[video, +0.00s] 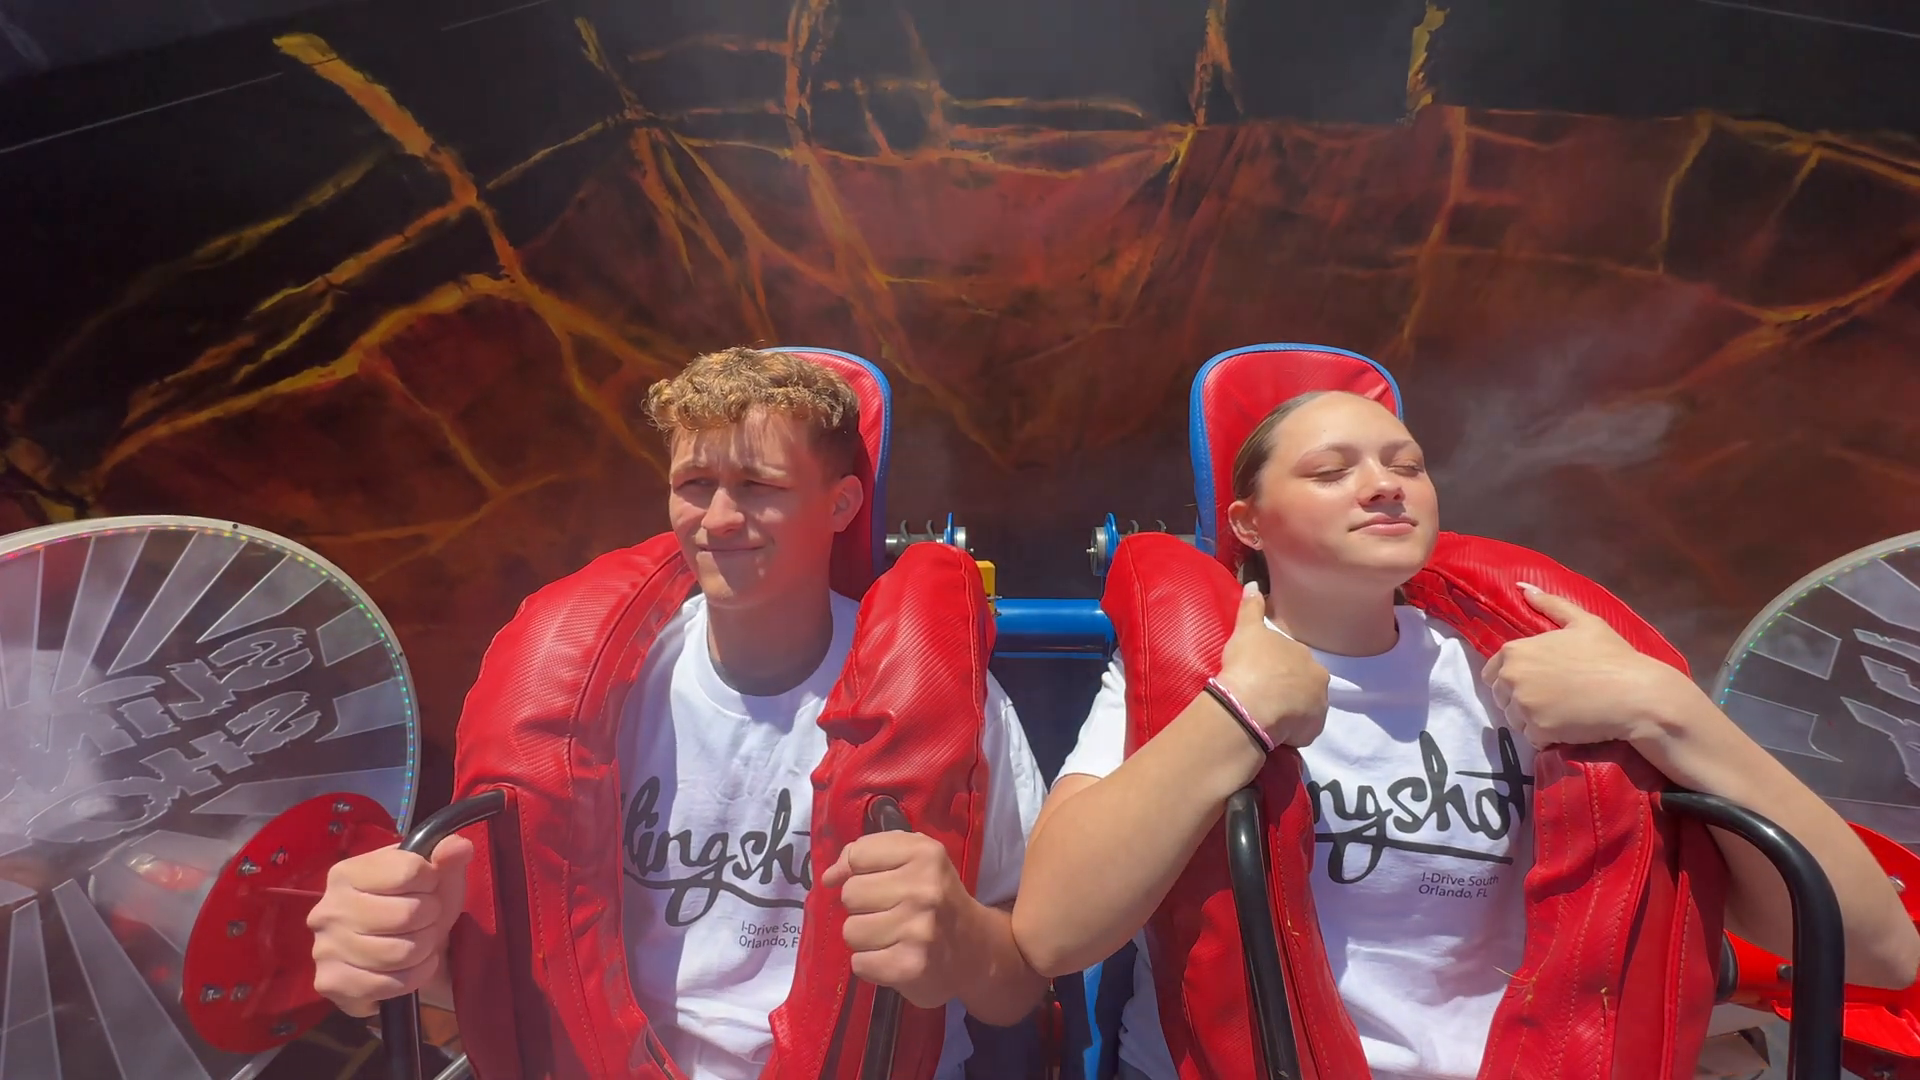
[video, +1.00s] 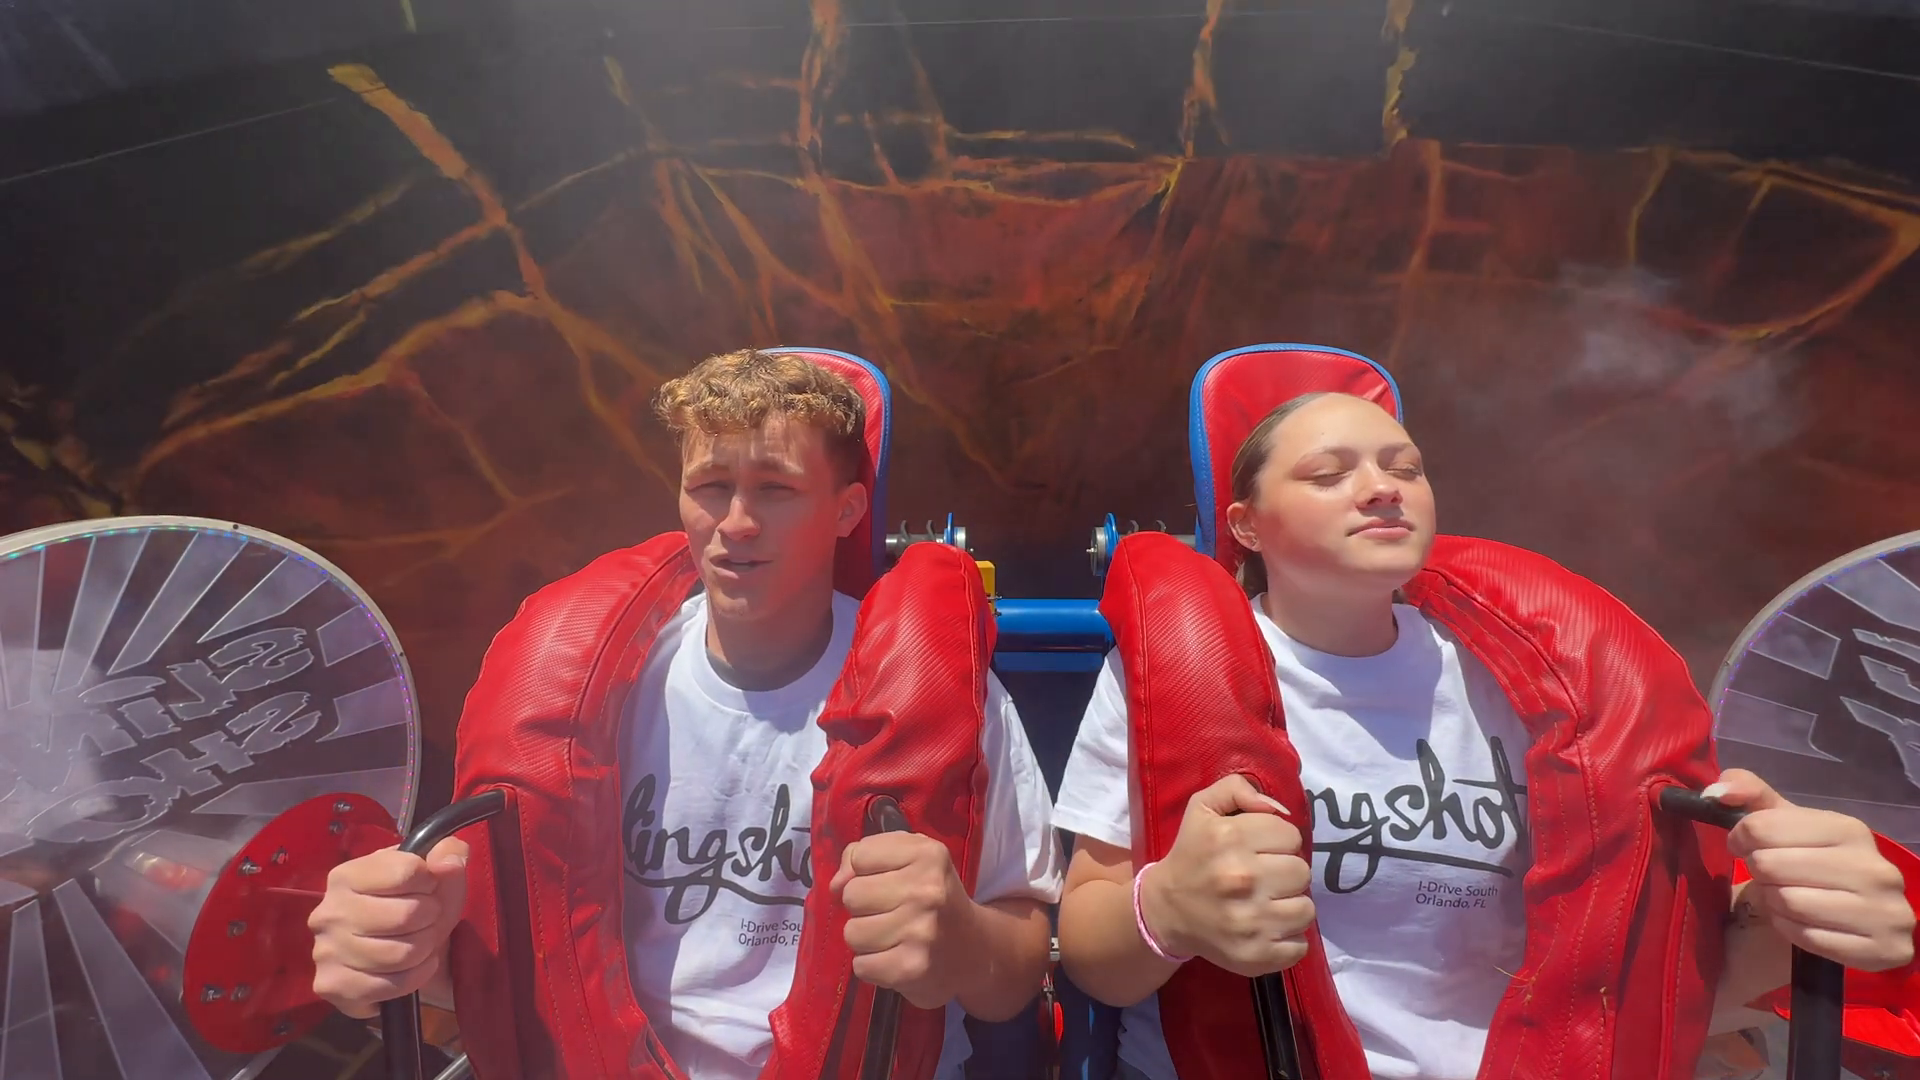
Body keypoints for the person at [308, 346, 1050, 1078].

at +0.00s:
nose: (720, 519)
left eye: (759, 487)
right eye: (697, 486)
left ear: (845, 503)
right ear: (669, 493)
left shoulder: (937, 695)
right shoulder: (582, 672)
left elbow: (1021, 989)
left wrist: (968, 944)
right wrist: (420, 951)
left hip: (832, 1067)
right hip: (606, 1061)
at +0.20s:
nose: (721, 519)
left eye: (761, 487)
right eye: (697, 486)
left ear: (845, 503)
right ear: (669, 493)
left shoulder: (938, 695)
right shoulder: (582, 674)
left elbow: (1023, 983)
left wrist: (961, 945)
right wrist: (422, 951)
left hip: (831, 1066)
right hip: (607, 1060)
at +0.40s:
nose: (724, 520)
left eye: (764, 488)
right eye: (700, 487)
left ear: (846, 504)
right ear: (673, 493)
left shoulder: (939, 694)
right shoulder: (583, 672)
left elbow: (1025, 972)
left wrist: (963, 946)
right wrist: (409, 946)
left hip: (826, 1065)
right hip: (607, 1060)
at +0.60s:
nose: (737, 522)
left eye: (777, 490)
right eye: (712, 487)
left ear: (849, 506)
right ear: (679, 491)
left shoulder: (937, 690)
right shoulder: (583, 671)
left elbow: (1022, 973)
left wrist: (964, 944)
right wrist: (412, 947)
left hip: (833, 1063)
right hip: (612, 1057)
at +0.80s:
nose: (733, 524)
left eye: (774, 491)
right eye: (709, 488)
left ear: (849, 506)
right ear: (678, 491)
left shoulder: (937, 689)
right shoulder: (583, 670)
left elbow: (1023, 972)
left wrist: (964, 944)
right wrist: (410, 945)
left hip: (833, 1063)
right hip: (615, 1057)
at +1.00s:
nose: (736, 525)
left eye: (775, 491)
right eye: (712, 488)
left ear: (849, 507)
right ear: (679, 491)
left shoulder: (936, 692)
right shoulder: (582, 672)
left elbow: (1024, 968)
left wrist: (967, 945)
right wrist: (404, 941)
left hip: (828, 1064)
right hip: (610, 1059)